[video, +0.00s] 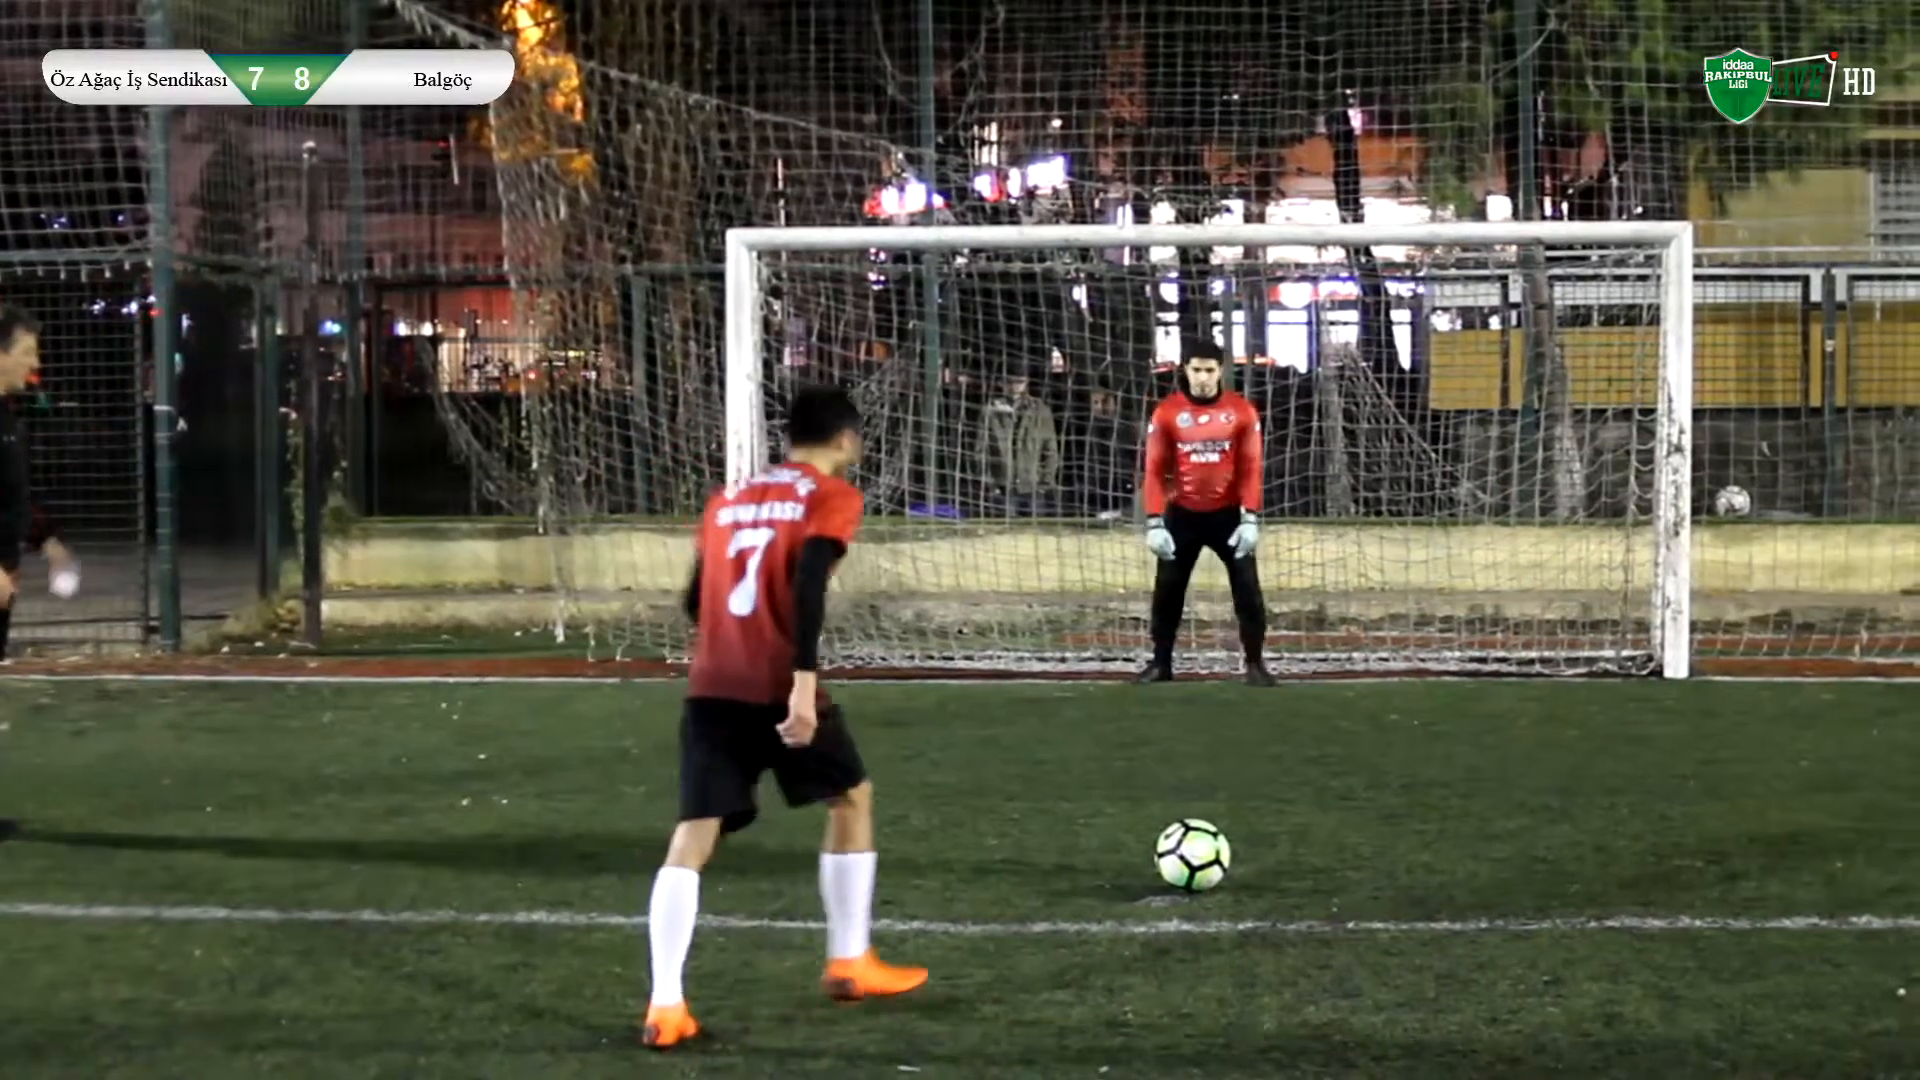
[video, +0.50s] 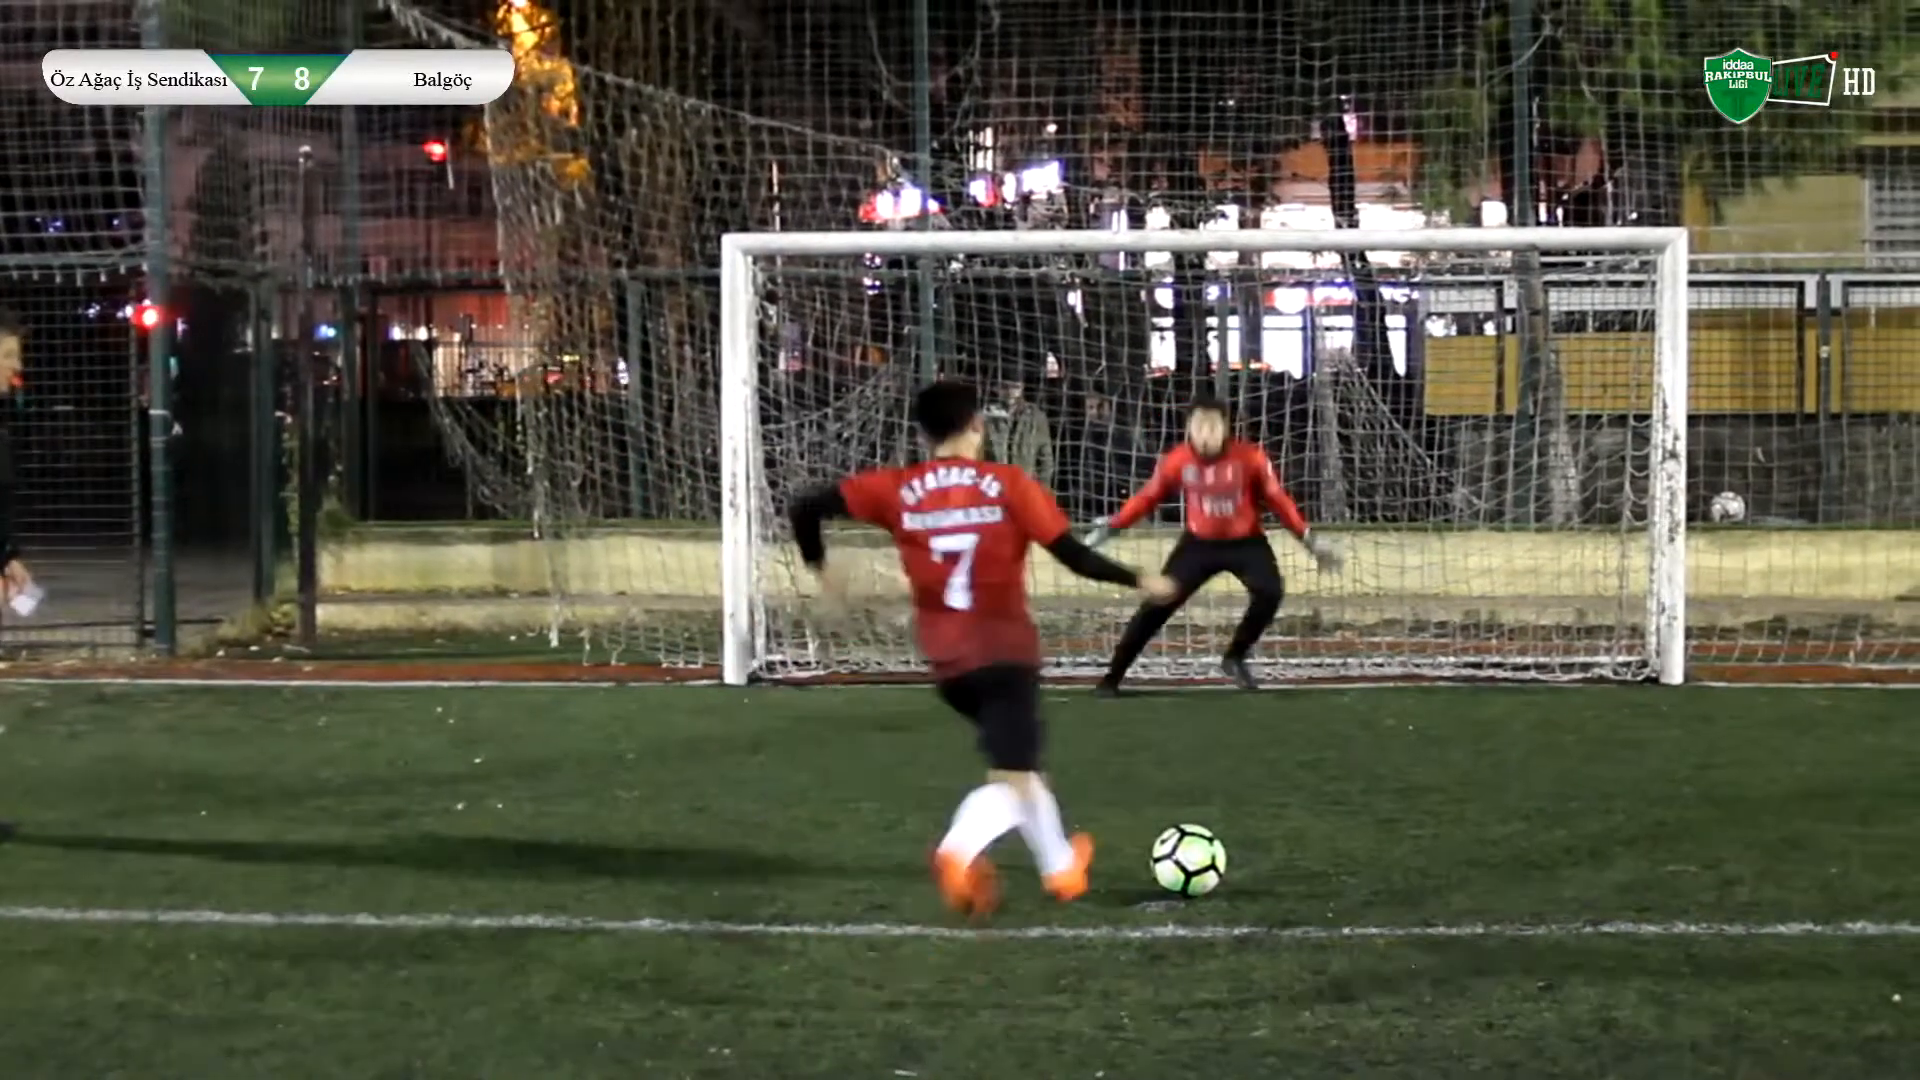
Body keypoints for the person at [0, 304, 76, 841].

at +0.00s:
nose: (34, 364)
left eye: (35, 354)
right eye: (28, 353)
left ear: (19, 356)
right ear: (3, 354)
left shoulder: (13, 413)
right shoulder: (4, 414)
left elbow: (18, 491)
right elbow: (11, 492)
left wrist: (48, 541)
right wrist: (4, 567)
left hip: (7, 568)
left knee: (1, 681)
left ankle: (1, 813)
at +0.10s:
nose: (29, 370)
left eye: (30, 359)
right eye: (22, 358)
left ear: (16, 359)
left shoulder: (11, 419)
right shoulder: (4, 422)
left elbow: (10, 498)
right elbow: (6, 500)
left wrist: (16, 554)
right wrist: (14, 555)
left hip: (5, 568)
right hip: (2, 568)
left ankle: (1, 817)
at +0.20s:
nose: (26, 368)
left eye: (27, 357)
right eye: (19, 356)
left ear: (18, 359)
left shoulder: (12, 415)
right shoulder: (4, 417)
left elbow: (9, 493)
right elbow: (5, 495)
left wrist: (14, 554)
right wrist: (12, 554)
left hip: (4, 566)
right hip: (1, 567)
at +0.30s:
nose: (22, 369)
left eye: (23, 358)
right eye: (16, 357)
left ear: (17, 359)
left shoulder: (13, 413)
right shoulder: (7, 415)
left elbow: (10, 491)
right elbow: (7, 492)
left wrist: (14, 553)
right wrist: (11, 554)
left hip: (5, 565)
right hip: (3, 565)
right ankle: (2, 817)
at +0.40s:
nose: (19, 369)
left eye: (20, 358)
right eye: (13, 358)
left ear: (17, 358)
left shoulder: (14, 414)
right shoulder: (8, 416)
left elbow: (9, 493)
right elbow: (7, 494)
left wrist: (11, 554)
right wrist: (10, 554)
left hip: (6, 563)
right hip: (5, 563)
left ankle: (5, 817)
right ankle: (3, 818)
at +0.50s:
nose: (15, 371)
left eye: (16, 359)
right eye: (10, 359)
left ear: (16, 360)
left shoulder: (12, 412)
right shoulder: (7, 414)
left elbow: (8, 491)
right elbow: (6, 492)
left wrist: (10, 553)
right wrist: (8, 554)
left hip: (6, 562)